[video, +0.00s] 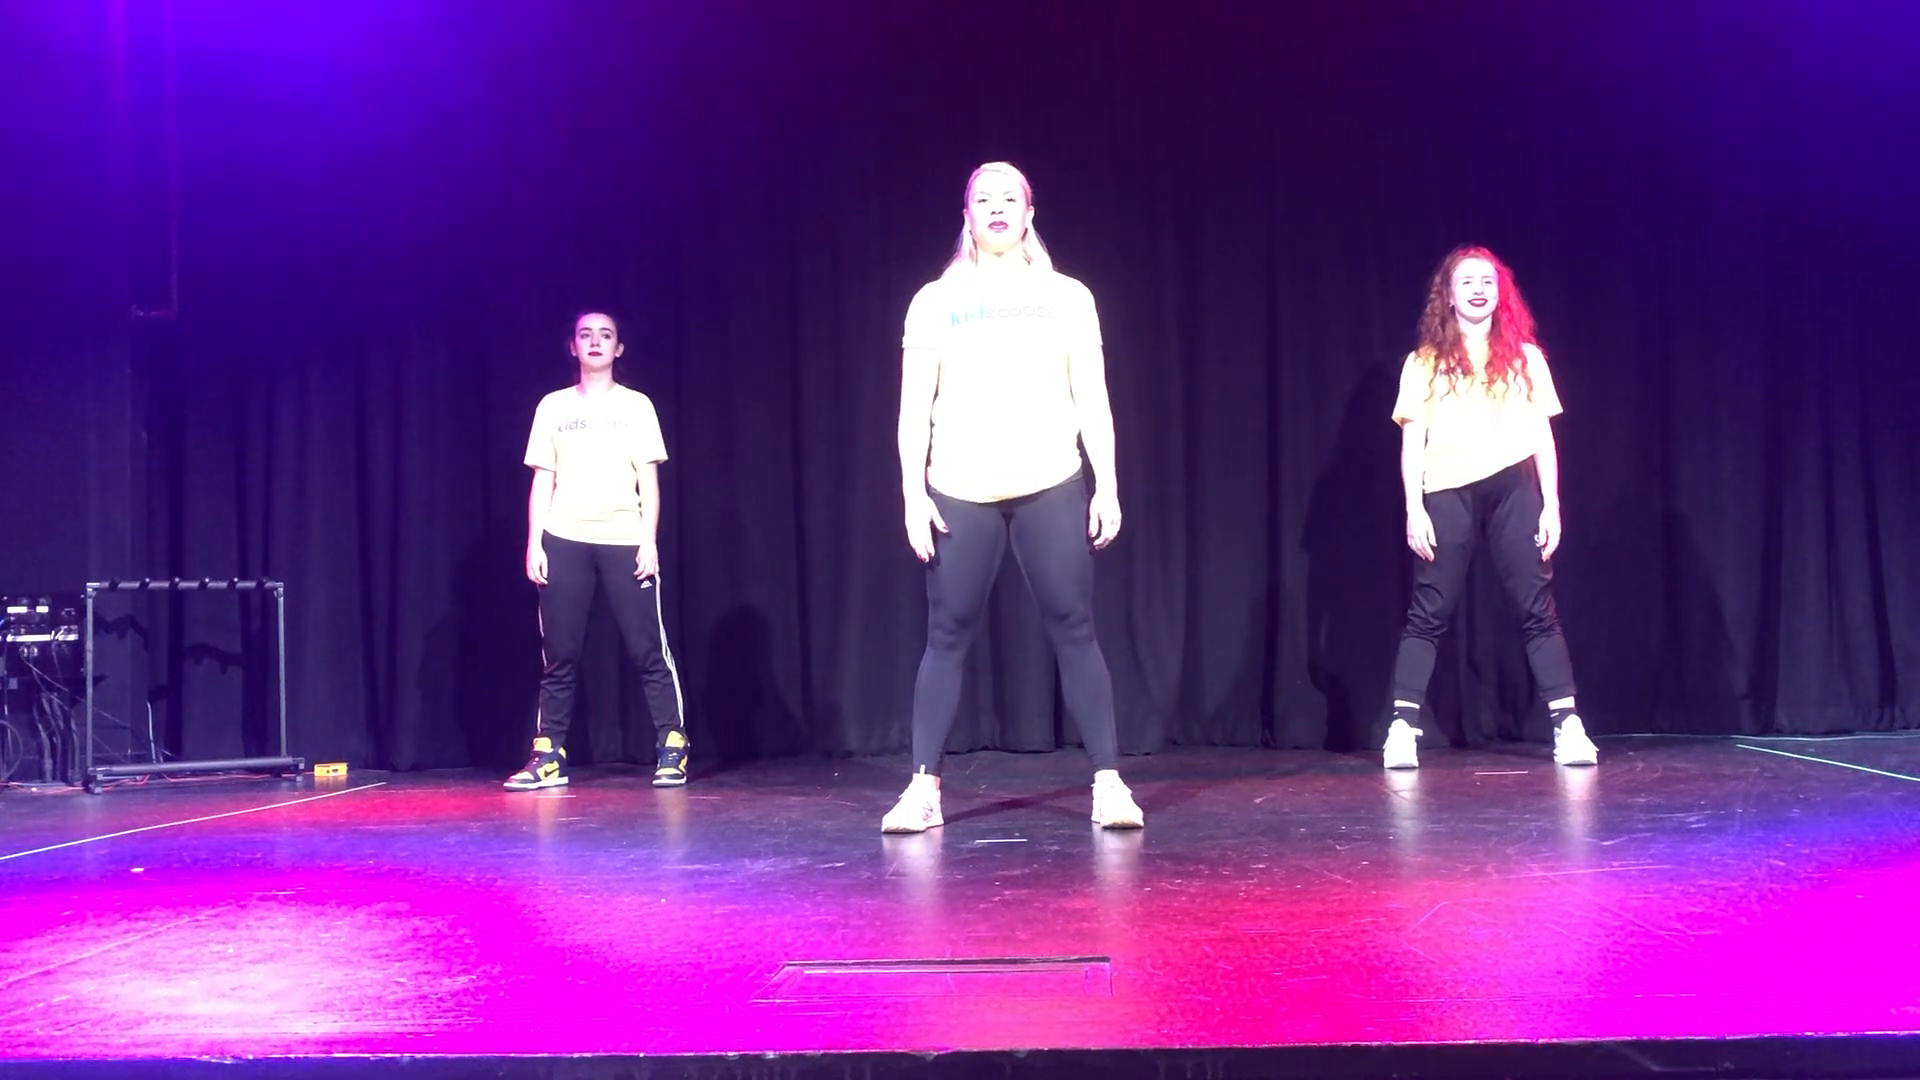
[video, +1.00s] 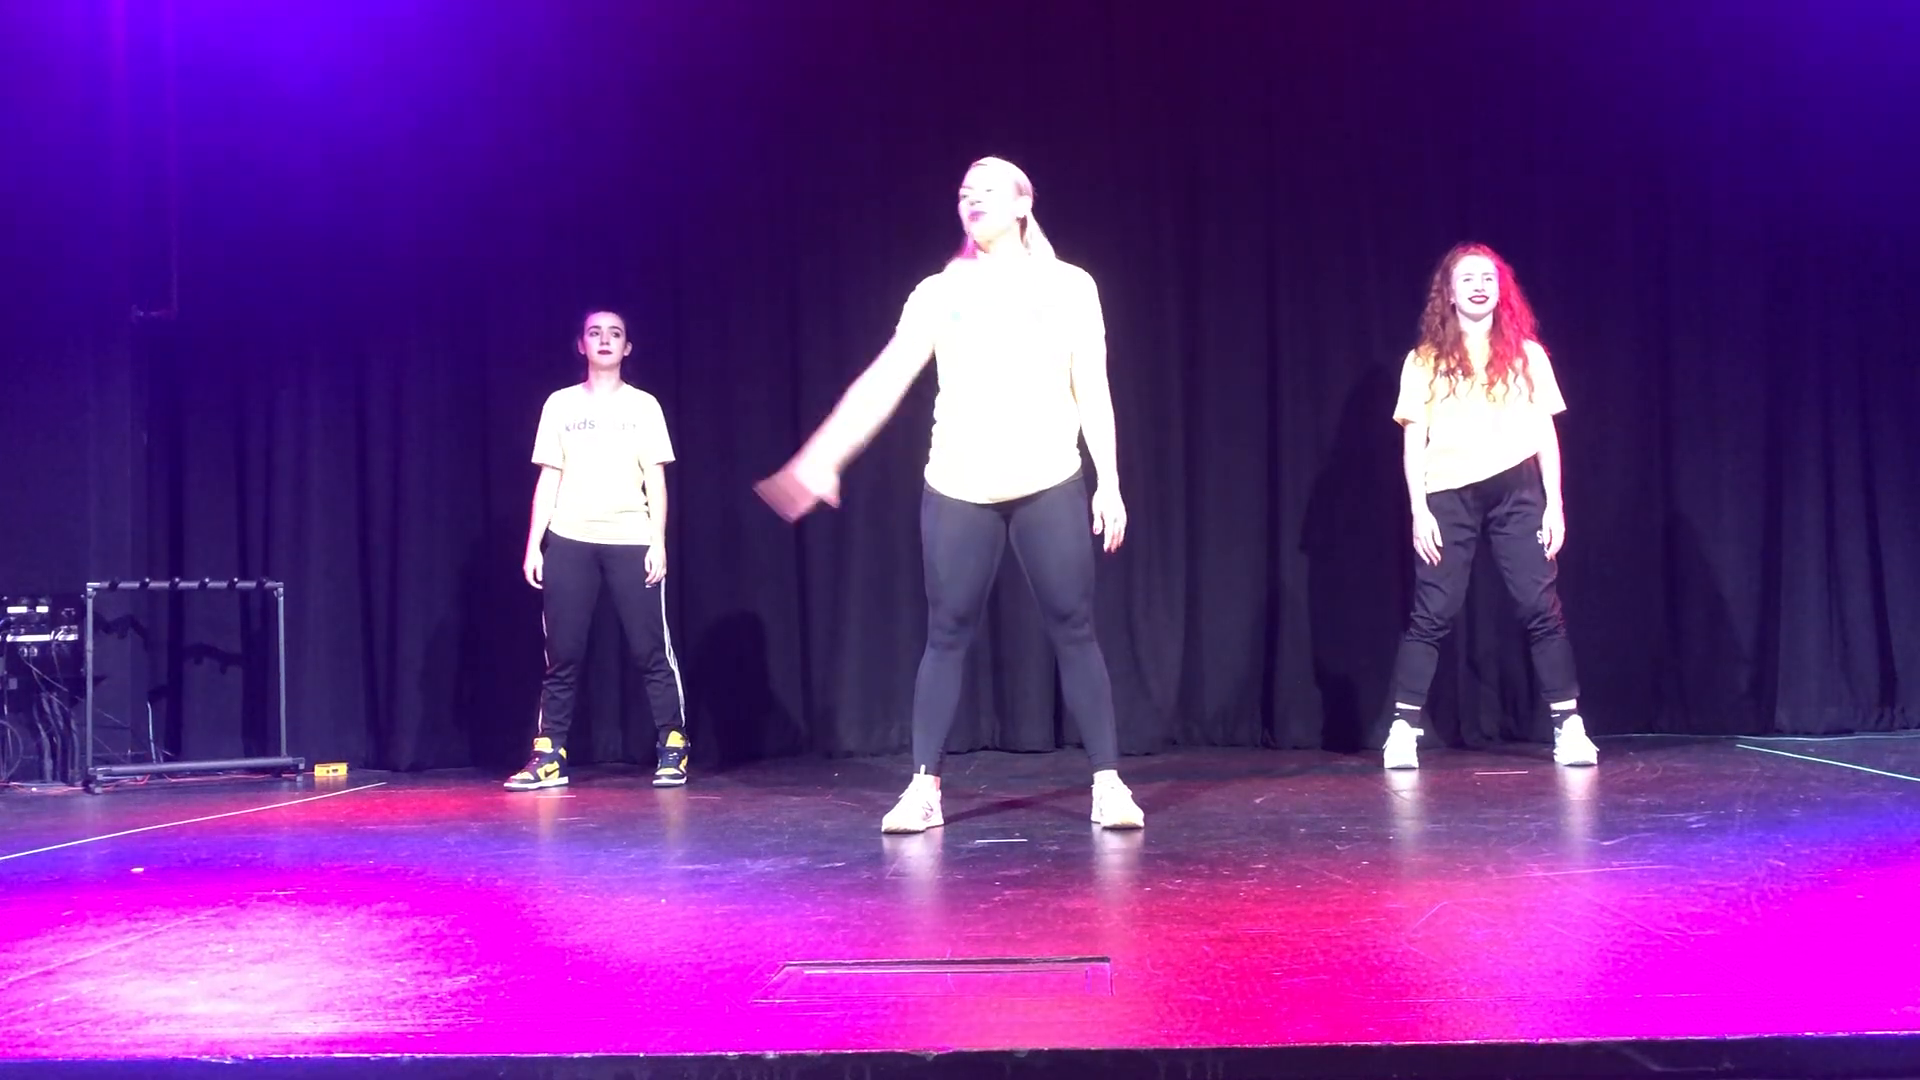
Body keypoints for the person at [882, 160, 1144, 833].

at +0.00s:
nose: (997, 210)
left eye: (1009, 200)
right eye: (985, 200)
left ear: (1029, 212)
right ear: (966, 212)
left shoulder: (1070, 297)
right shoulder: (933, 302)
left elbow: (1092, 396)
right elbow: (915, 406)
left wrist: (1106, 483)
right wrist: (913, 491)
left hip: (1051, 483)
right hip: (962, 486)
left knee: (1073, 625)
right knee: (947, 629)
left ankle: (1107, 779)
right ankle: (924, 783)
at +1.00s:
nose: (971, 200)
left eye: (986, 188)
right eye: (965, 192)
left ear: (1024, 200)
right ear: (959, 210)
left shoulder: (1071, 287)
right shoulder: (939, 292)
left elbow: (1093, 391)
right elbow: (882, 382)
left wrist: (1108, 482)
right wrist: (820, 457)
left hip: (1049, 477)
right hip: (961, 482)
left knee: (1074, 623)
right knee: (947, 627)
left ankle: (1106, 779)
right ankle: (924, 784)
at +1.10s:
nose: (950, 197)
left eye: (966, 186)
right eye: (949, 188)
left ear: (1009, 197)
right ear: (948, 204)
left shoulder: (1062, 276)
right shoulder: (933, 288)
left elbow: (1088, 382)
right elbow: (849, 350)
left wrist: (1105, 475)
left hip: (1044, 475)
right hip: (957, 482)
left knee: (1073, 621)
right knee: (948, 626)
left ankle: (1110, 779)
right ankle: (924, 783)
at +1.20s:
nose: (929, 195)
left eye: (946, 183)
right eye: (930, 186)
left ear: (987, 198)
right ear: (934, 206)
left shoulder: (1041, 274)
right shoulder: (918, 286)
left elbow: (1072, 378)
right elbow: (833, 331)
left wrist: (1093, 471)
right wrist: (812, 246)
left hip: (1032, 472)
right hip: (949, 482)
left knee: (1071, 618)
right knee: (940, 626)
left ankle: (1120, 771)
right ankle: (921, 783)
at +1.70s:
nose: (848, 259)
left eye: (861, 247)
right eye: (850, 248)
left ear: (903, 255)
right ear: (876, 260)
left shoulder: (956, 317)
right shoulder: (881, 340)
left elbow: (1002, 409)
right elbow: (813, 394)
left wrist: (1027, 503)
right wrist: (833, 315)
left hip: (1017, 490)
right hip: (952, 506)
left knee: (1049, 634)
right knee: (911, 629)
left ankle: (1144, 768)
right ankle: (917, 788)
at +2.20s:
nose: (911, 219)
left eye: (927, 208)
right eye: (908, 211)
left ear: (969, 218)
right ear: (905, 226)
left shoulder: (1025, 284)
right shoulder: (905, 300)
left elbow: (1088, 369)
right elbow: (845, 368)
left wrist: (1114, 451)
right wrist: (894, 287)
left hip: (1035, 480)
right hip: (950, 489)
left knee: (1084, 619)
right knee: (921, 626)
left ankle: (1127, 774)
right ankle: (917, 787)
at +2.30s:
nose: (975, 236)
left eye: (987, 226)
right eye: (962, 227)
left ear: (1008, 236)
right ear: (942, 238)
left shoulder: (1049, 308)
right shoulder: (924, 310)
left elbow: (1100, 396)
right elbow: (884, 376)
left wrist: (1144, 472)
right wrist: (940, 290)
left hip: (1048, 500)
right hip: (956, 504)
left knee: (1096, 630)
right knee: (907, 633)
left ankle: (1119, 780)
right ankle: (915, 788)